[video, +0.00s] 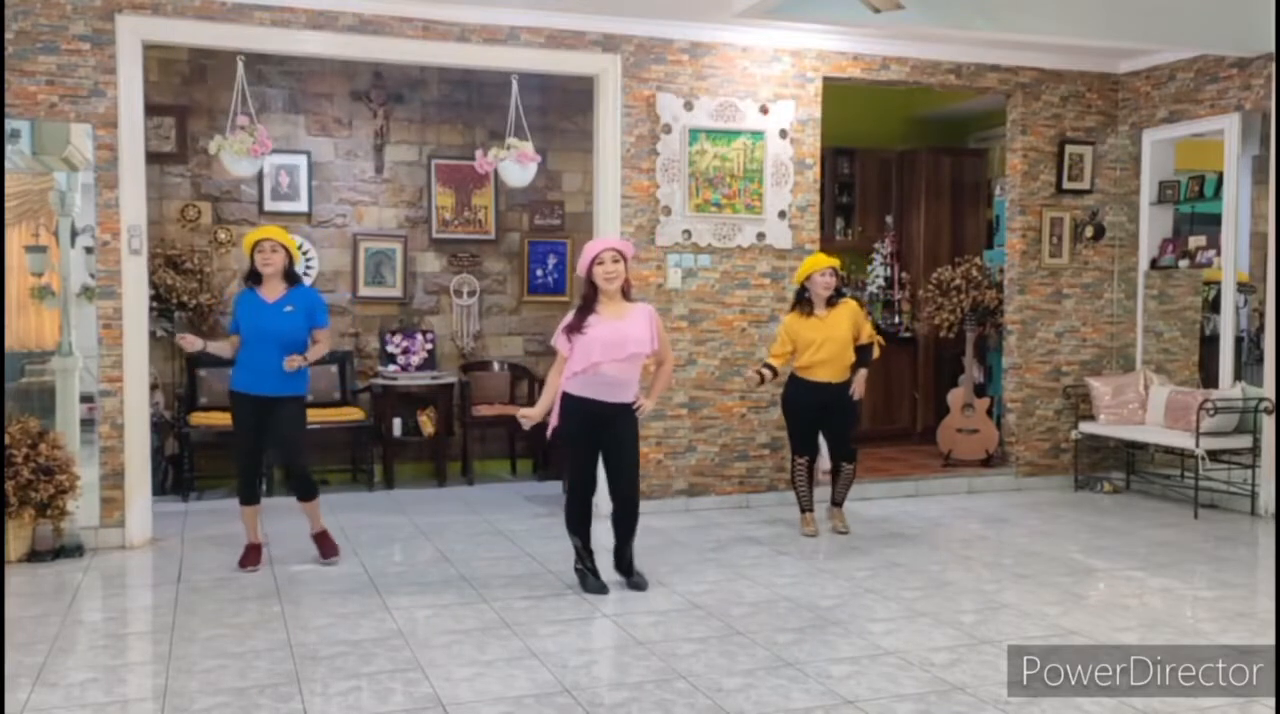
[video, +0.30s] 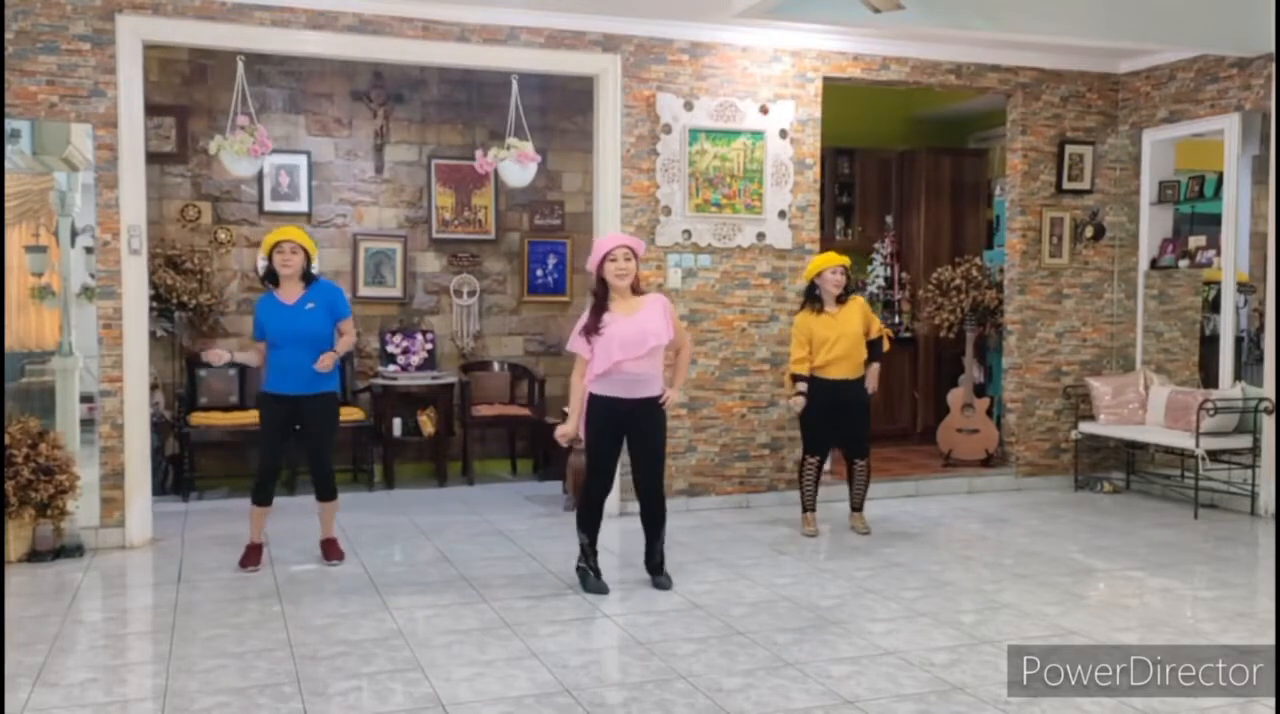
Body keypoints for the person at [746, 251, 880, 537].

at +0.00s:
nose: (829, 280)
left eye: (832, 274)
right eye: (822, 275)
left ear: (837, 280)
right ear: (807, 282)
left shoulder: (850, 309)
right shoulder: (794, 320)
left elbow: (867, 342)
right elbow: (779, 358)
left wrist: (862, 374)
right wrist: (762, 373)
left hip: (839, 392)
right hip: (802, 392)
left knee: (845, 455)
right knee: (803, 453)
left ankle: (837, 509)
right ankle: (807, 514)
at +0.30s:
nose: (839, 278)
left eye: (842, 273)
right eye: (832, 273)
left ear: (846, 278)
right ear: (817, 280)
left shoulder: (858, 306)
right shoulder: (805, 318)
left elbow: (877, 334)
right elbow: (800, 358)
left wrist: (874, 367)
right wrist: (801, 390)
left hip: (854, 388)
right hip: (819, 389)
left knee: (859, 453)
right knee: (814, 452)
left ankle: (857, 512)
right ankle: (809, 513)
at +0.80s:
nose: (862, 279)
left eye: (865, 273)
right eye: (856, 273)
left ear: (868, 278)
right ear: (839, 278)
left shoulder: (876, 307)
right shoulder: (824, 315)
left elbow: (894, 334)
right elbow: (820, 358)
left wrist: (891, 366)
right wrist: (838, 384)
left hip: (871, 386)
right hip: (837, 387)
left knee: (868, 452)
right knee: (842, 452)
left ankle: (859, 511)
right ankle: (840, 511)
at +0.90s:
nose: (863, 280)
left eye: (866, 275)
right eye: (857, 274)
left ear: (869, 280)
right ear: (841, 279)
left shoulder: (876, 309)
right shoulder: (824, 314)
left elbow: (894, 337)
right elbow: (820, 358)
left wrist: (892, 368)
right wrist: (839, 383)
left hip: (872, 387)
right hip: (837, 388)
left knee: (868, 452)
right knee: (843, 452)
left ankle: (859, 511)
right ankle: (840, 512)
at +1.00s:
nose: (865, 279)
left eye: (868, 273)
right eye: (859, 273)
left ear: (870, 278)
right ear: (842, 278)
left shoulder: (877, 308)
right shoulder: (825, 313)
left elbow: (894, 337)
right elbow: (820, 356)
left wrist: (891, 368)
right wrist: (836, 383)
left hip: (871, 387)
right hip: (837, 388)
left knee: (868, 452)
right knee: (841, 453)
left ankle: (859, 512)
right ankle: (839, 511)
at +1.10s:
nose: (865, 277)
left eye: (868, 272)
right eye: (858, 272)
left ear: (872, 278)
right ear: (842, 278)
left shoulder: (879, 309)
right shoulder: (826, 313)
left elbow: (895, 340)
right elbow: (818, 357)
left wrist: (890, 370)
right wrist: (829, 386)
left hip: (870, 388)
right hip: (836, 388)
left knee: (867, 452)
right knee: (838, 453)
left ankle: (859, 512)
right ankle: (835, 511)